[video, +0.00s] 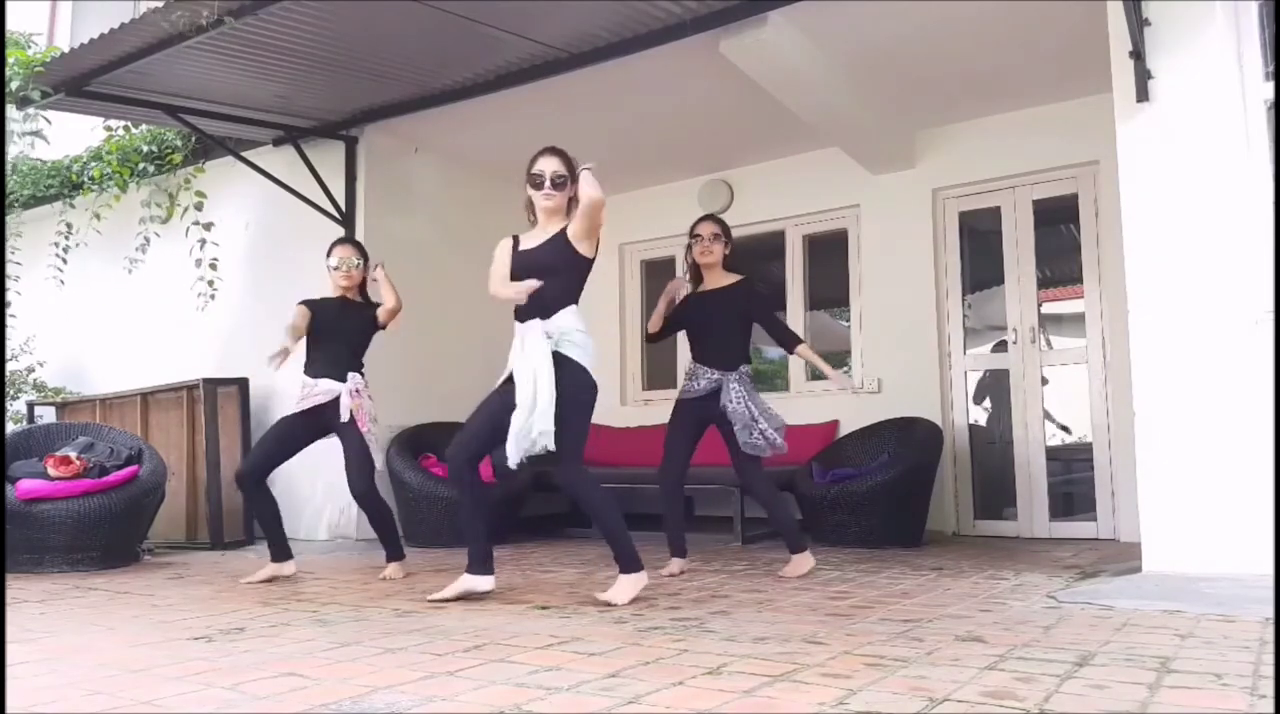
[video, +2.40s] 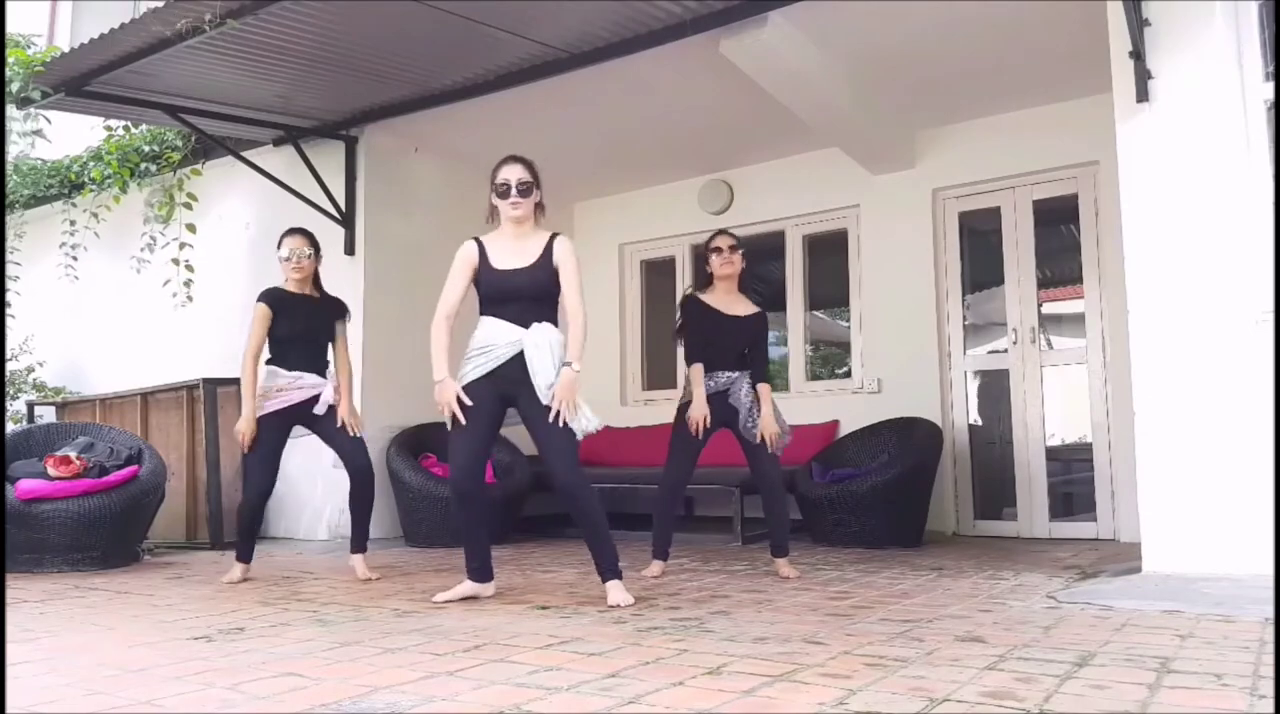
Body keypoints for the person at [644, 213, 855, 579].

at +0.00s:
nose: (705, 244)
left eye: (713, 238)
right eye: (698, 239)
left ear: (726, 246)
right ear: (690, 248)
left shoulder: (743, 289)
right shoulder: (690, 299)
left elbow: (782, 334)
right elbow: (653, 335)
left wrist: (827, 369)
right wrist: (665, 301)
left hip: (732, 391)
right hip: (694, 390)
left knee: (751, 478)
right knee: (670, 475)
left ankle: (800, 553)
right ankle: (677, 557)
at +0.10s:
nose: (712, 244)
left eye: (720, 238)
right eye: (705, 239)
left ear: (733, 246)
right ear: (698, 249)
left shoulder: (753, 290)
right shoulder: (696, 300)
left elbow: (779, 342)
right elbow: (663, 347)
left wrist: (812, 388)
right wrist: (672, 343)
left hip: (744, 391)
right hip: (701, 392)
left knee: (762, 475)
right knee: (676, 471)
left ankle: (786, 556)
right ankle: (678, 556)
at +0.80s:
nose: (744, 248)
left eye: (749, 242)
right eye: (734, 246)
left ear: (759, 250)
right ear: (725, 258)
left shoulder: (774, 304)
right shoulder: (710, 299)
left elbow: (782, 359)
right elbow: (689, 350)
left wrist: (793, 407)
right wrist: (683, 396)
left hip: (761, 394)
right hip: (713, 394)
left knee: (780, 476)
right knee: (693, 475)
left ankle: (788, 556)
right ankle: (679, 557)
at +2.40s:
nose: (725, 256)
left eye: (732, 250)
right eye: (717, 252)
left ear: (742, 258)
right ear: (708, 262)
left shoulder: (754, 313)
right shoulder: (694, 303)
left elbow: (760, 367)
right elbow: (693, 354)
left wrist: (767, 410)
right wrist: (697, 398)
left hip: (744, 396)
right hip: (702, 394)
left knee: (770, 472)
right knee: (674, 474)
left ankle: (781, 557)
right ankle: (659, 558)